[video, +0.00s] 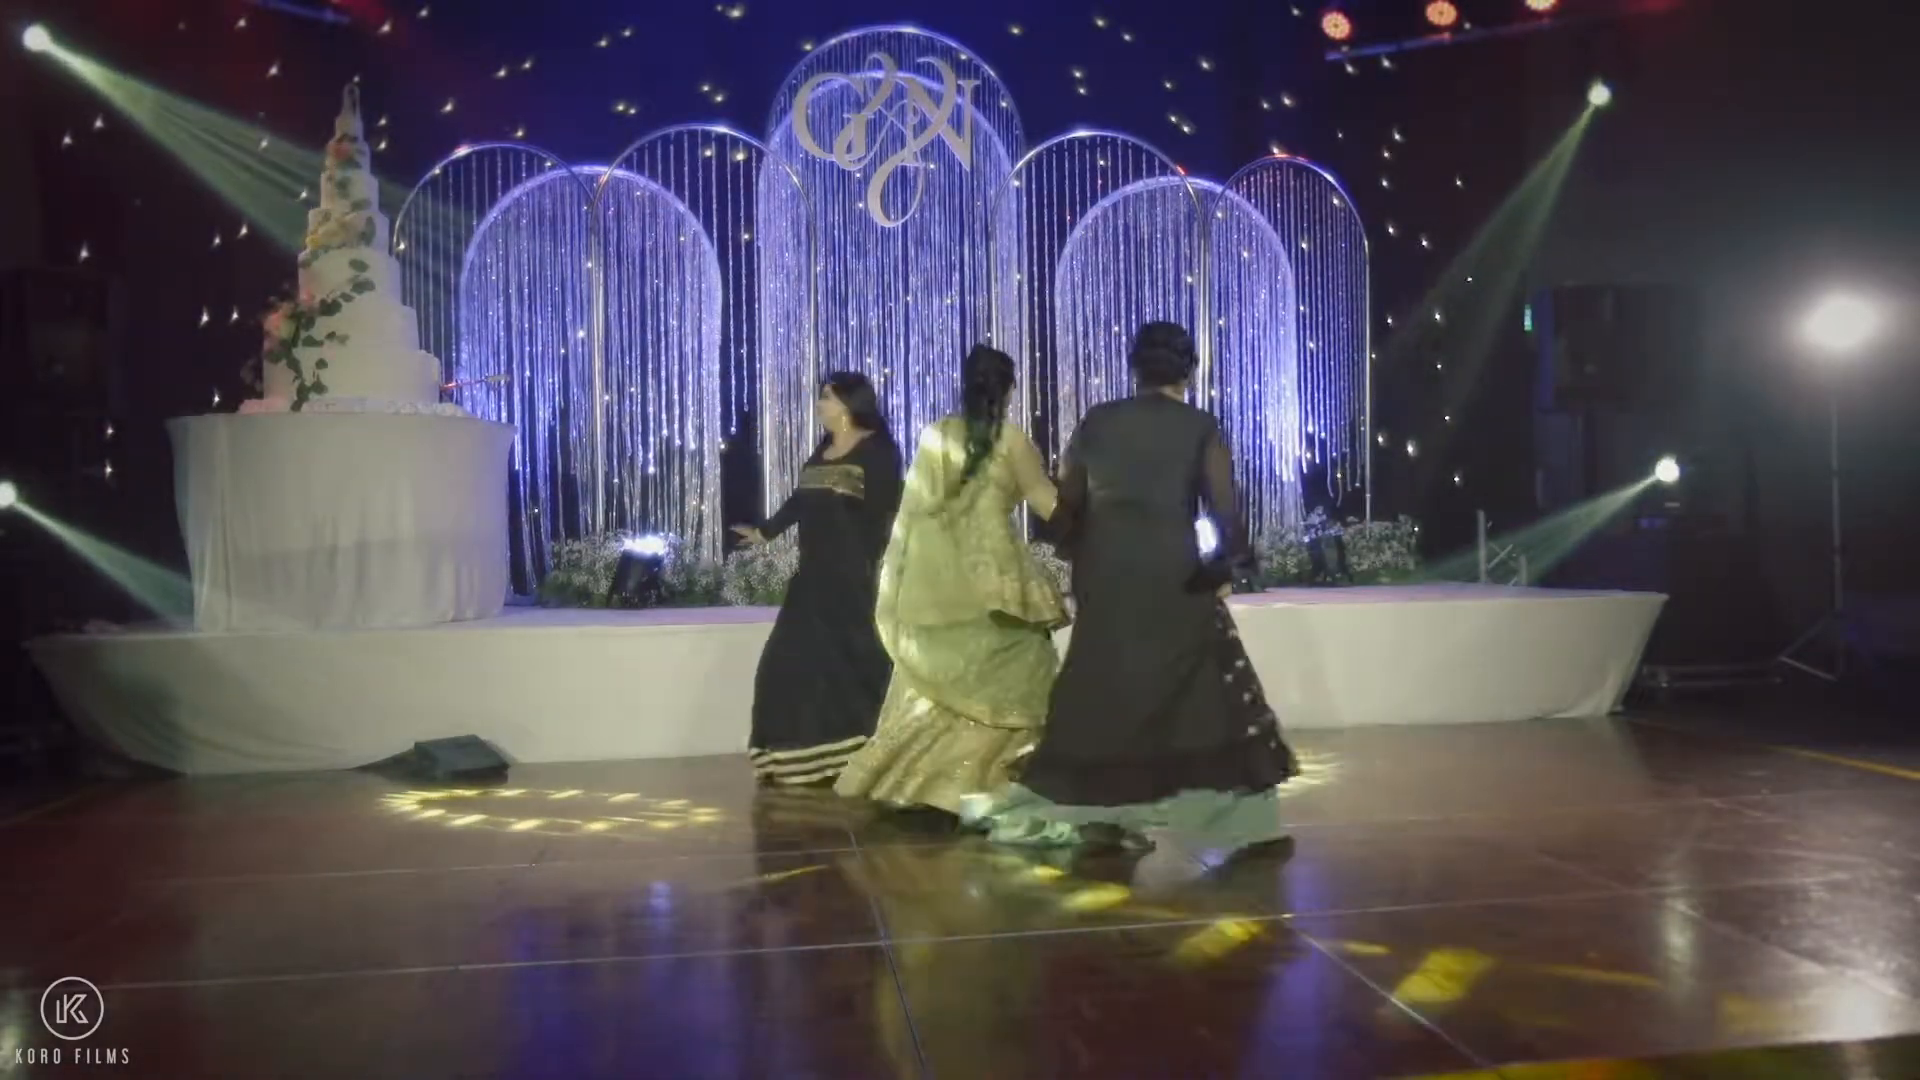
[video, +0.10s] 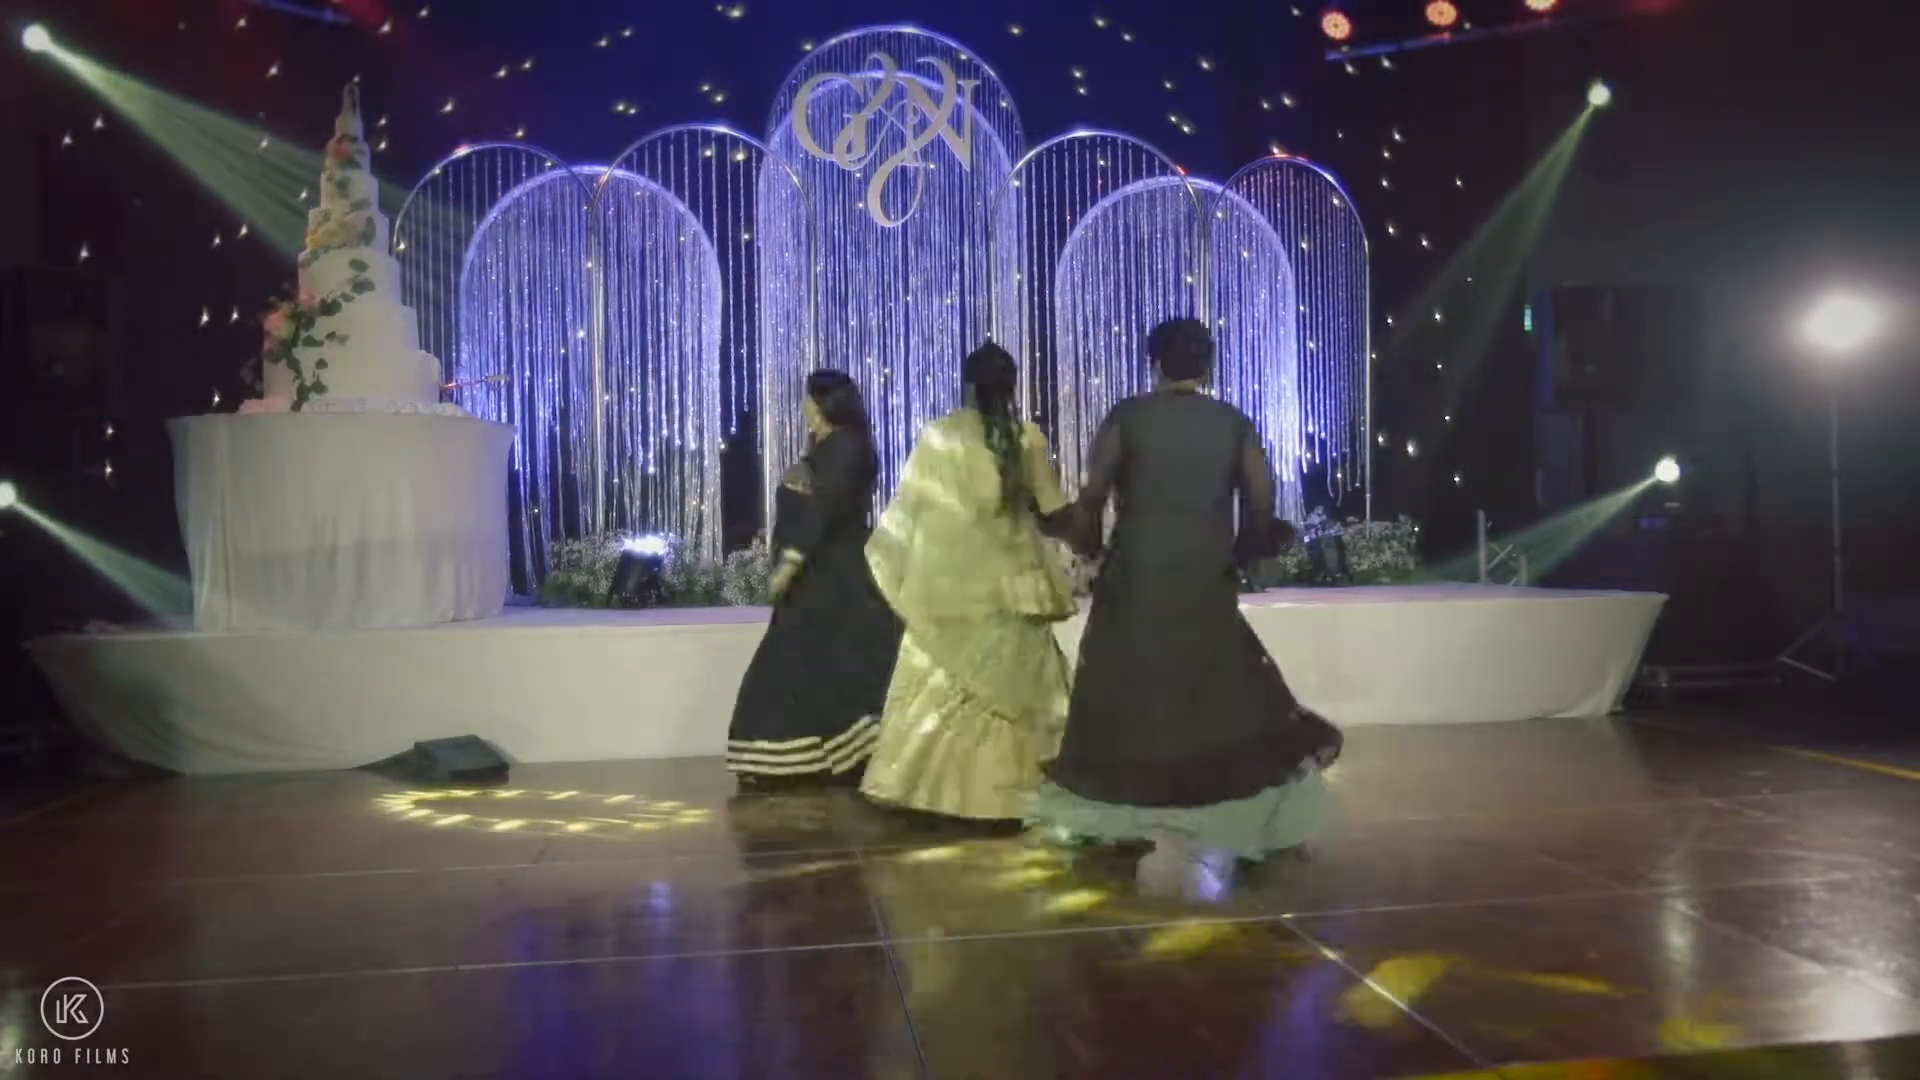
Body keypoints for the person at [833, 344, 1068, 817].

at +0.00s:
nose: (1006, 392)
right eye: (1007, 385)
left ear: (965, 385)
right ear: (1007, 389)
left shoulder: (934, 436)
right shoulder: (1012, 442)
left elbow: (908, 516)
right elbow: (1053, 509)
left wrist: (889, 584)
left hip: (930, 582)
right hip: (989, 581)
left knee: (930, 680)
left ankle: (916, 785)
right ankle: (979, 785)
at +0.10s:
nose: (1003, 391)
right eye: (1007, 383)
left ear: (966, 384)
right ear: (1011, 385)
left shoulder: (939, 435)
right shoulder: (1026, 439)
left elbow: (905, 513)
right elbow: (1053, 512)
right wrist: (1087, 533)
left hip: (944, 586)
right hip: (1007, 586)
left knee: (940, 684)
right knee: (1011, 687)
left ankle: (936, 793)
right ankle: (1006, 798)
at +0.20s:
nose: (966, 383)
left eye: (966, 376)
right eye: (971, 376)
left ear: (970, 377)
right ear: (1011, 376)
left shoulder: (947, 423)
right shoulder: (1033, 427)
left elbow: (915, 490)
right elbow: (1059, 505)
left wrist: (896, 531)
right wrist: (1079, 565)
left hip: (964, 568)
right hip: (1028, 568)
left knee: (961, 673)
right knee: (1030, 672)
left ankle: (960, 790)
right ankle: (1028, 788)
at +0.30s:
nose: (962, 383)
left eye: (965, 375)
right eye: (964, 375)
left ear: (978, 375)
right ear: (1009, 377)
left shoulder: (965, 412)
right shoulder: (1031, 424)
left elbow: (927, 480)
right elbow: (1053, 505)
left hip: (978, 571)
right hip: (1037, 571)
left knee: (971, 678)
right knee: (1037, 677)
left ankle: (979, 791)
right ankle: (1045, 788)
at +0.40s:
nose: (961, 380)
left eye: (964, 371)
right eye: (962, 371)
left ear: (982, 371)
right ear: (1003, 369)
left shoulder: (974, 409)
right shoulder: (1024, 413)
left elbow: (960, 474)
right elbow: (1049, 487)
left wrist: (929, 502)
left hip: (997, 558)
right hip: (1050, 555)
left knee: (998, 678)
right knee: (1052, 674)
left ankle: (1009, 795)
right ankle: (1051, 796)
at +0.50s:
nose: (959, 381)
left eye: (965, 372)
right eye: (959, 372)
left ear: (989, 372)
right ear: (993, 373)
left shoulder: (993, 413)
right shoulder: (1009, 412)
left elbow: (985, 476)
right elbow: (989, 482)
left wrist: (932, 493)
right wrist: (943, 490)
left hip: (1012, 574)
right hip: (1032, 570)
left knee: (995, 686)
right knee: (1033, 689)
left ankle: (1004, 795)